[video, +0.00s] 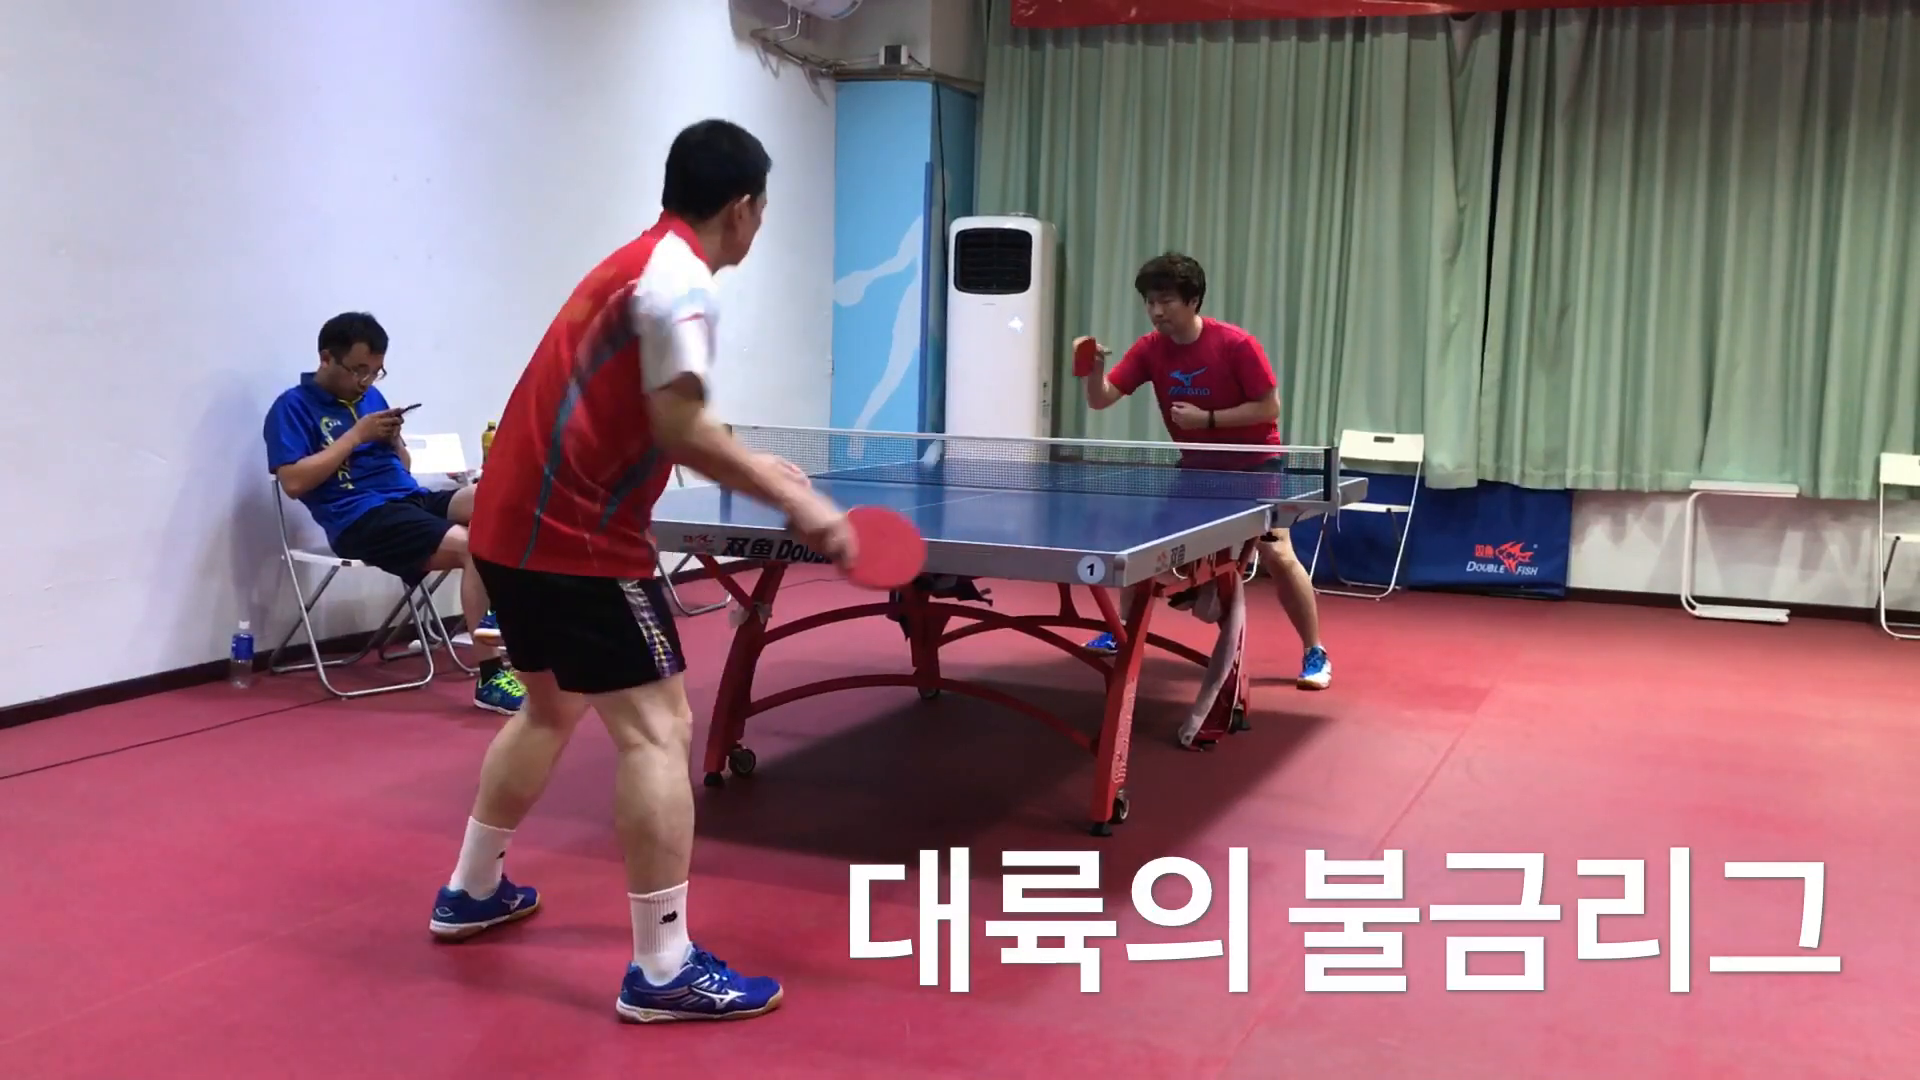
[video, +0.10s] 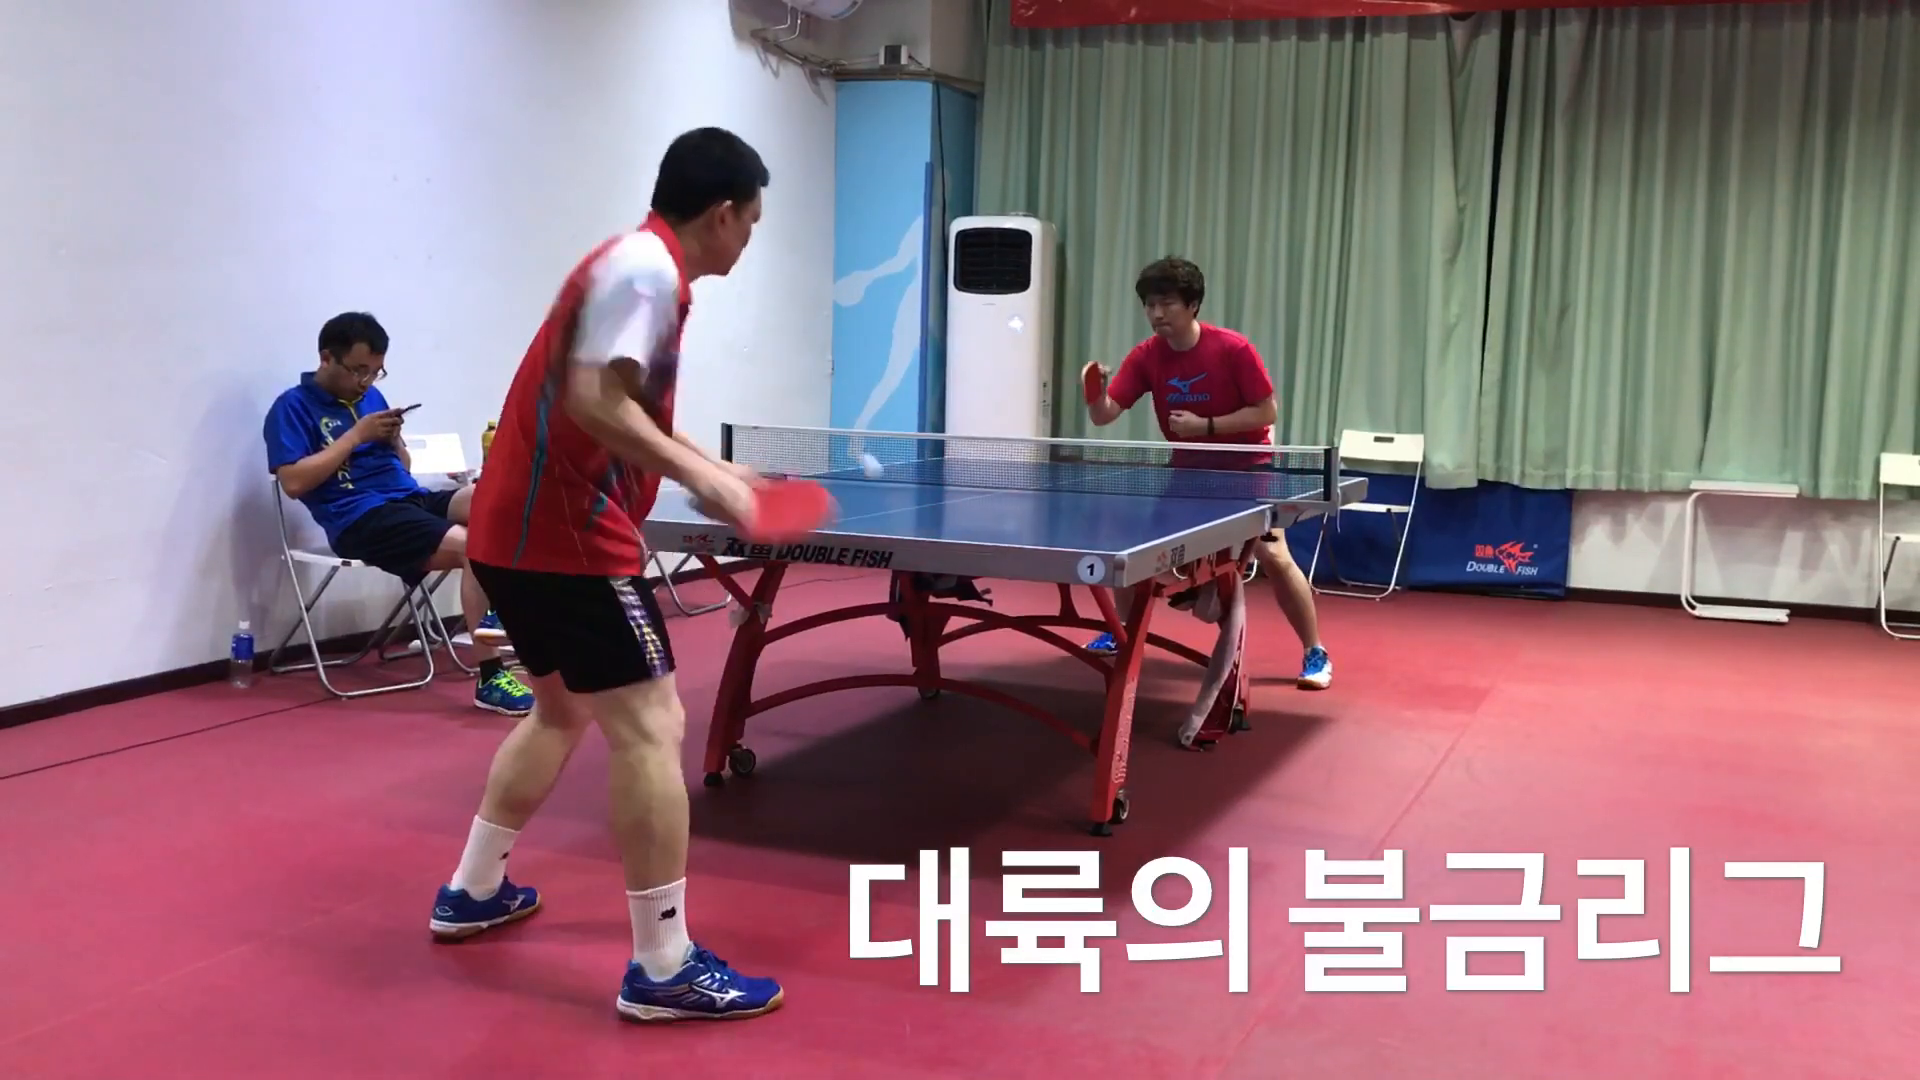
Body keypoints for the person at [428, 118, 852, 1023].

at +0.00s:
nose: (758, 224)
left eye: (759, 208)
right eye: (759, 207)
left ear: (680, 193)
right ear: (738, 206)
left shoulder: (639, 263)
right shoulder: (676, 278)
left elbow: (663, 420)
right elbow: (682, 430)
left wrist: (751, 464)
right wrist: (798, 504)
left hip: (512, 525)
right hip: (577, 536)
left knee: (550, 710)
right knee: (657, 729)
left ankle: (470, 889)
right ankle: (664, 966)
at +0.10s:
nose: (751, 237)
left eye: (754, 221)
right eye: (751, 220)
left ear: (684, 205)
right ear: (719, 213)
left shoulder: (640, 264)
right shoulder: (644, 267)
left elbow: (626, 412)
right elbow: (591, 396)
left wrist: (714, 473)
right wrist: (708, 474)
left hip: (517, 533)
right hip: (567, 537)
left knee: (559, 711)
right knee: (649, 728)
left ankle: (472, 889)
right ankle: (662, 965)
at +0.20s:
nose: (726, 221)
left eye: (730, 205)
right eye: (726, 202)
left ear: (668, 181)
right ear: (694, 190)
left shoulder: (631, 250)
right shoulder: (615, 235)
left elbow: (591, 384)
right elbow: (557, 358)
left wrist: (654, 456)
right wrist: (695, 402)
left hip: (526, 519)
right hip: (560, 522)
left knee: (552, 705)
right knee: (640, 714)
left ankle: (471, 887)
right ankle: (664, 952)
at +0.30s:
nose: (704, 190)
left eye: (705, 173)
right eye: (704, 172)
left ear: (625, 155)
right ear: (677, 164)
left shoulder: (579, 217)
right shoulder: (619, 219)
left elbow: (557, 375)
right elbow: (666, 359)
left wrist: (631, 447)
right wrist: (727, 333)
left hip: (504, 500)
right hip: (565, 502)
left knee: (539, 693)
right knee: (644, 697)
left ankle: (470, 884)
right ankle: (647, 939)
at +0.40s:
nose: (692, 177)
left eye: (691, 160)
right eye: (692, 159)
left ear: (604, 153)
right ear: (669, 156)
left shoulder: (548, 229)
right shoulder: (633, 219)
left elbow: (548, 371)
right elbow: (709, 356)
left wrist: (629, 442)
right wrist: (744, 311)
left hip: (496, 501)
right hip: (577, 502)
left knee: (523, 692)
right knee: (646, 702)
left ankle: (469, 884)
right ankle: (643, 942)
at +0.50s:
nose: (677, 181)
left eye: (676, 168)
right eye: (676, 167)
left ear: (584, 164)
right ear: (657, 166)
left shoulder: (521, 250)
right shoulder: (657, 247)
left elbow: (515, 388)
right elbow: (742, 383)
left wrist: (628, 455)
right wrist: (713, 314)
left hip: (499, 524)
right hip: (598, 529)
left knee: (513, 702)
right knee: (663, 722)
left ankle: (469, 889)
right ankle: (639, 958)